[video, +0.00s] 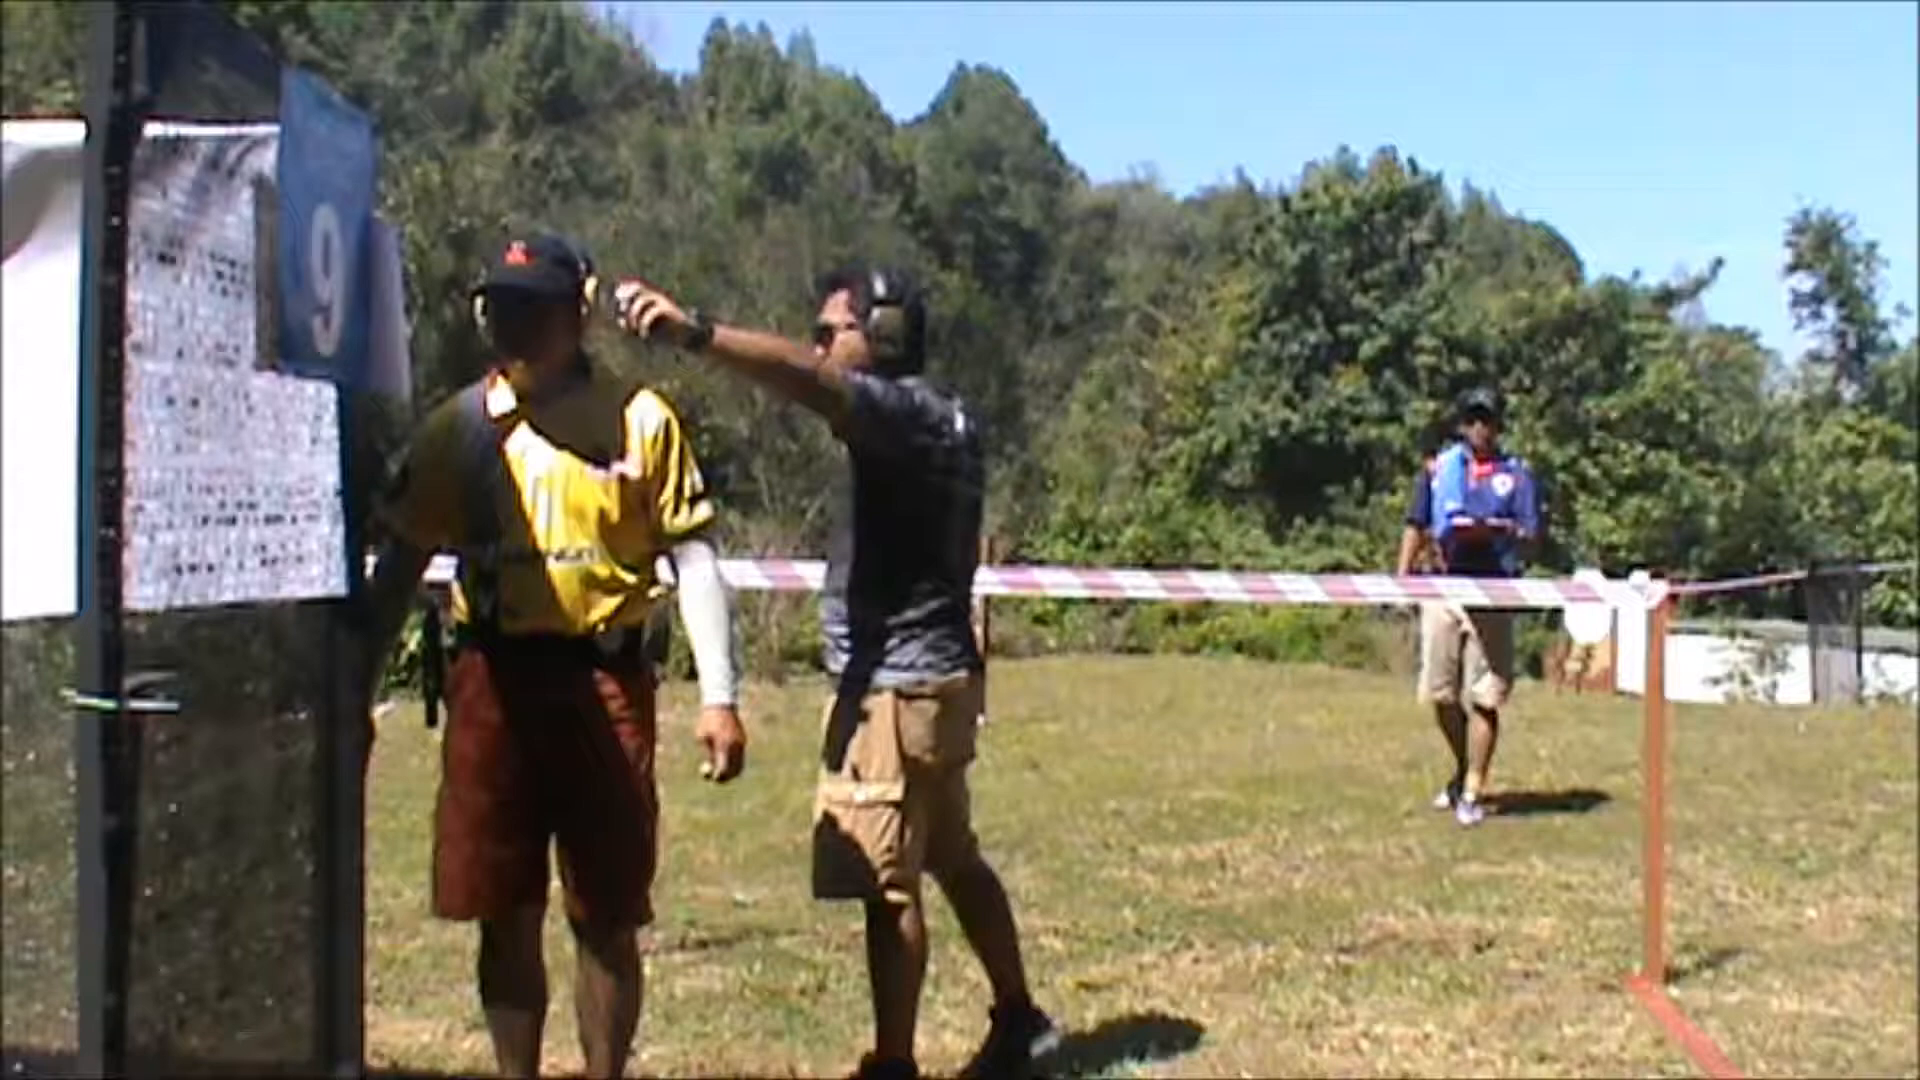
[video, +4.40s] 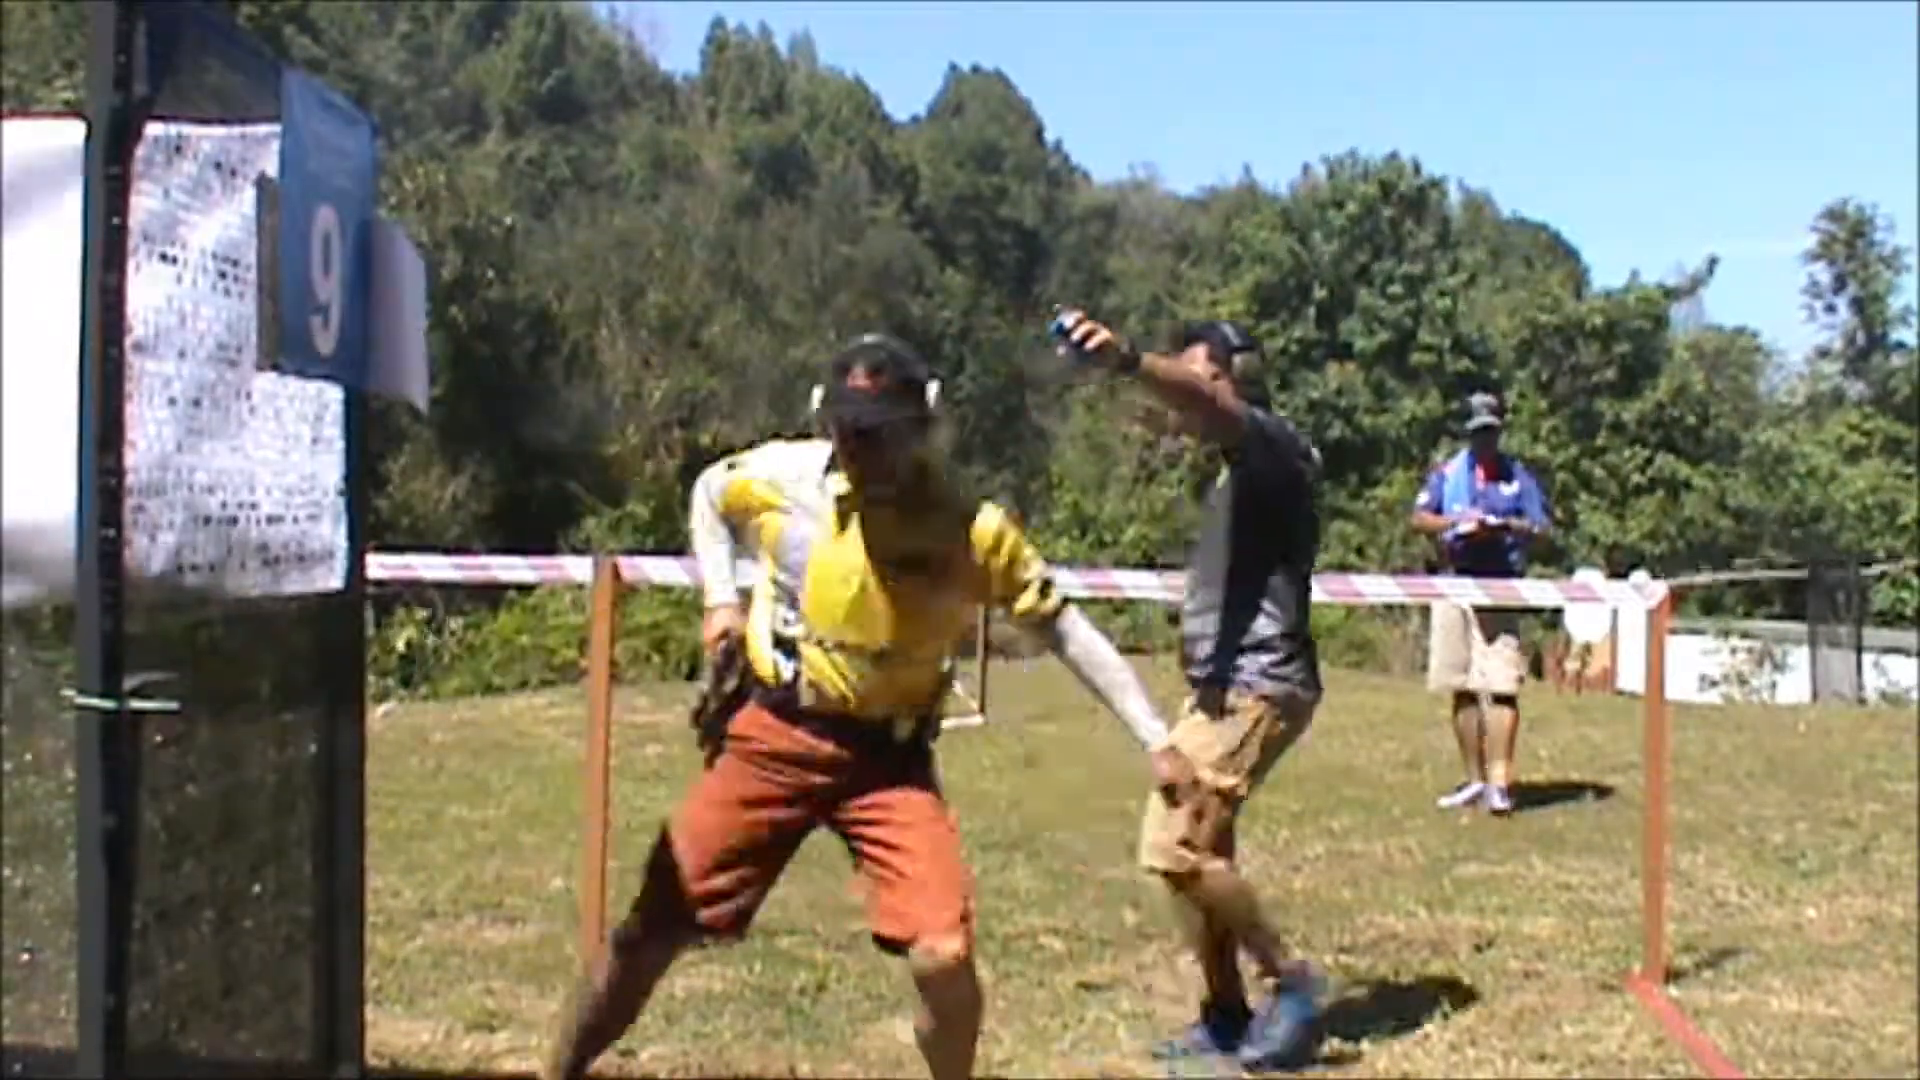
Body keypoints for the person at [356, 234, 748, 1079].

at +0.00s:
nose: (507, 322)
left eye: (528, 306)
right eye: (498, 304)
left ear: (576, 314)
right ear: (486, 310)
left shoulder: (642, 422)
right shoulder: (461, 425)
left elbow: (693, 558)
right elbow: (400, 563)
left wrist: (719, 694)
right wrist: (353, 694)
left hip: (605, 689)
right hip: (495, 690)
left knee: (605, 922)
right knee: (504, 915)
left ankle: (606, 1072)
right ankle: (515, 1072)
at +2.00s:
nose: (516, 339)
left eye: (536, 323)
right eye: (506, 320)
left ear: (585, 323)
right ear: (488, 317)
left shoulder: (645, 423)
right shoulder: (463, 426)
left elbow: (692, 565)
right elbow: (405, 565)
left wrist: (695, 700)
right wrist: (370, 695)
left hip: (605, 694)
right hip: (495, 694)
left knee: (606, 923)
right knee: (503, 915)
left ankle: (605, 1071)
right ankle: (517, 1071)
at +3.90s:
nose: (580, 433)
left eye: (595, 416)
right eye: (562, 416)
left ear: (624, 394)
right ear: (531, 394)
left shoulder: (671, 461)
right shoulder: (490, 432)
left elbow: (752, 583)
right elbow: (425, 475)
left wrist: (813, 718)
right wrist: (436, 583)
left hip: (645, 702)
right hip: (526, 698)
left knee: (724, 898)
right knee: (493, 922)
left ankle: (719, 1061)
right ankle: (509, 1072)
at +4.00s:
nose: (594, 453)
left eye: (610, 435)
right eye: (575, 437)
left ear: (638, 411)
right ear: (545, 413)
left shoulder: (685, 481)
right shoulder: (495, 455)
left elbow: (766, 594)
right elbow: (455, 522)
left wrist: (818, 723)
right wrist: (479, 649)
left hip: (664, 714)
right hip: (541, 712)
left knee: (757, 909)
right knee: (491, 928)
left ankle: (789, 1048)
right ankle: (503, 1071)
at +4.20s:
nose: (704, 512)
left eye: (712, 491)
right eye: (682, 500)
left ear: (726, 467)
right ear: (638, 485)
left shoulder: (772, 547)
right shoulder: (581, 514)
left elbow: (843, 644)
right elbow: (531, 551)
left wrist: (916, 759)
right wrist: (552, 665)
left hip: (736, 769)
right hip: (613, 763)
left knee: (850, 946)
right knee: (538, 957)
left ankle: (916, 1070)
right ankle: (525, 1071)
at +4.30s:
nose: (811, 500)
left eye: (826, 481)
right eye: (789, 483)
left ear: (848, 464)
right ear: (748, 466)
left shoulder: (885, 552)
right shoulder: (693, 502)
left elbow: (975, 646)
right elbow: (617, 522)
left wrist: (1063, 756)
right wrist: (635, 637)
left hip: (815, 780)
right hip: (690, 763)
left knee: (909, 951)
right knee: (583, 948)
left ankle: (927, 1072)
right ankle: (537, 1070)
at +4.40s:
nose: (863, 450)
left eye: (883, 432)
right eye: (848, 432)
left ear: (924, 430)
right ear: (830, 425)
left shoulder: (975, 534)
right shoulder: (787, 475)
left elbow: (1068, 628)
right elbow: (710, 492)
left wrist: (1157, 742)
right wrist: (721, 599)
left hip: (890, 763)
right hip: (769, 740)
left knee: (946, 961)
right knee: (648, 936)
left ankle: (954, 1076)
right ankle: (562, 1066)